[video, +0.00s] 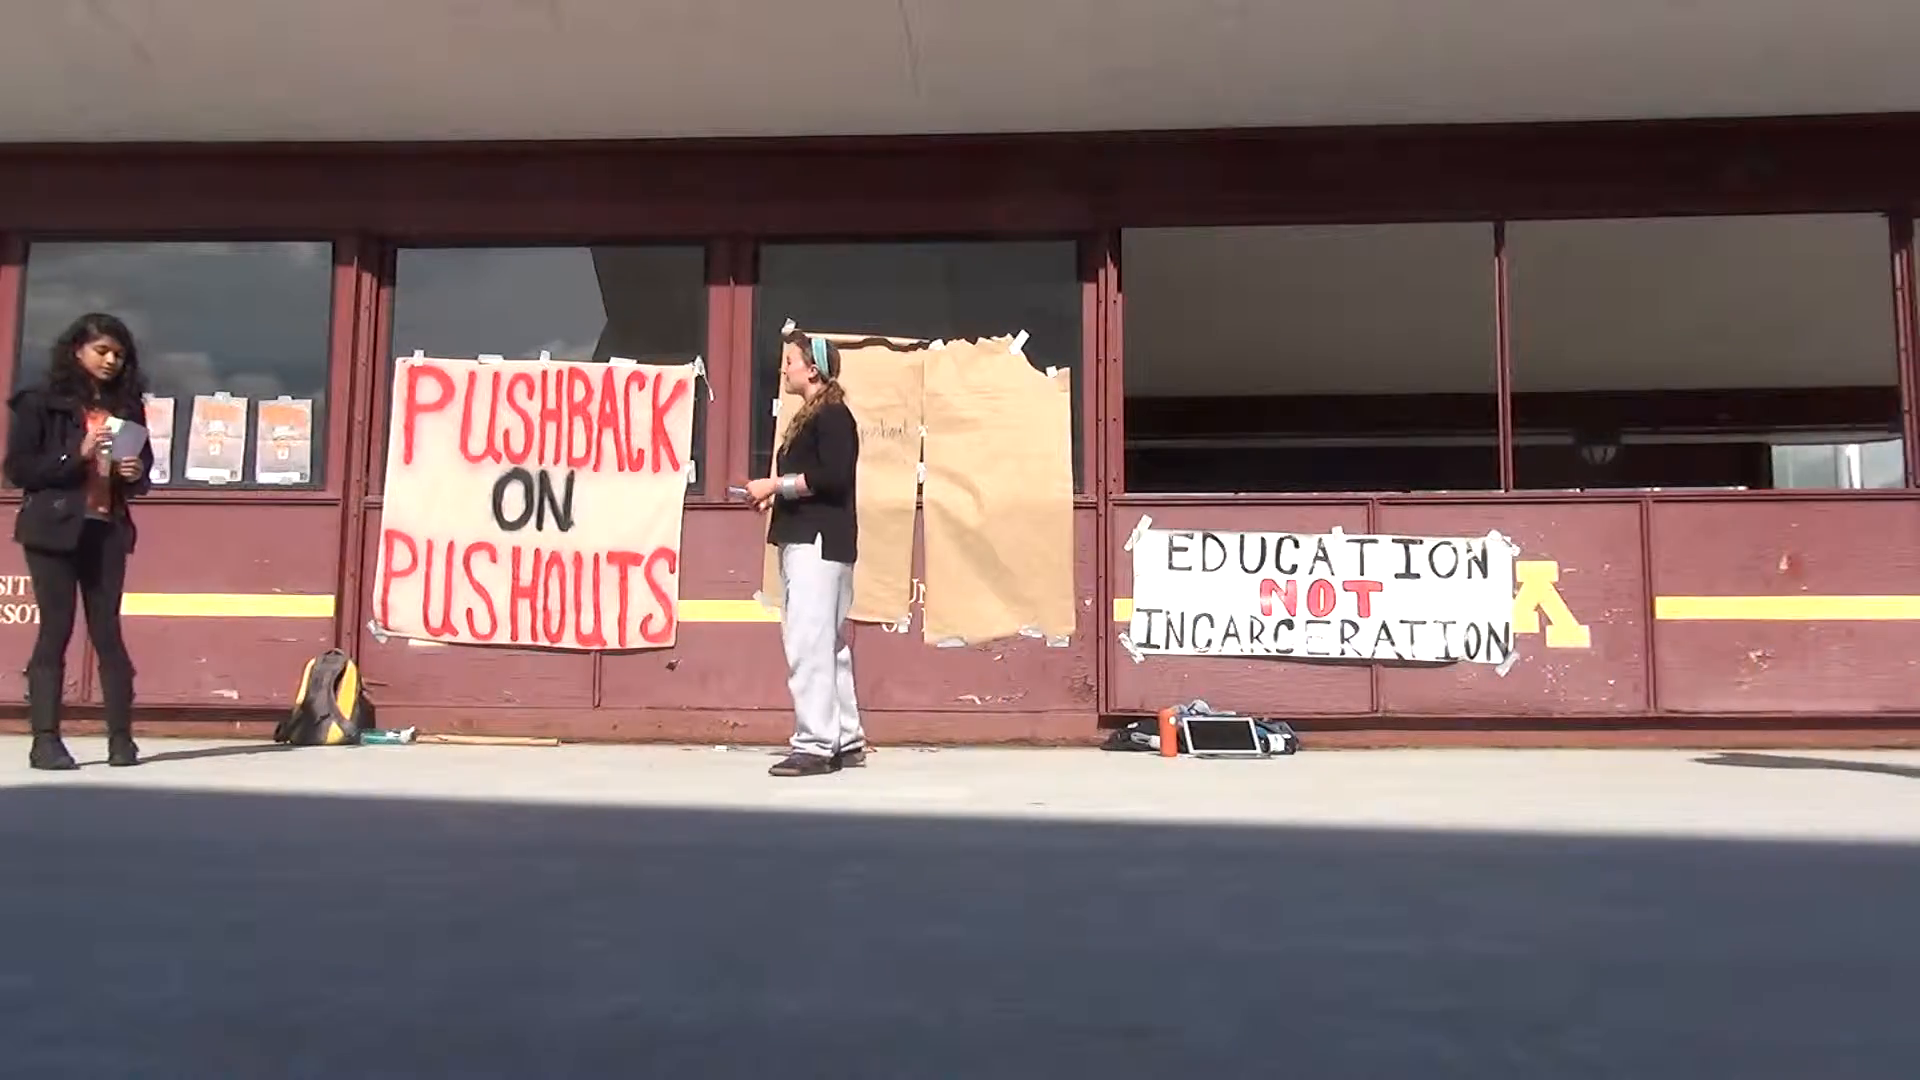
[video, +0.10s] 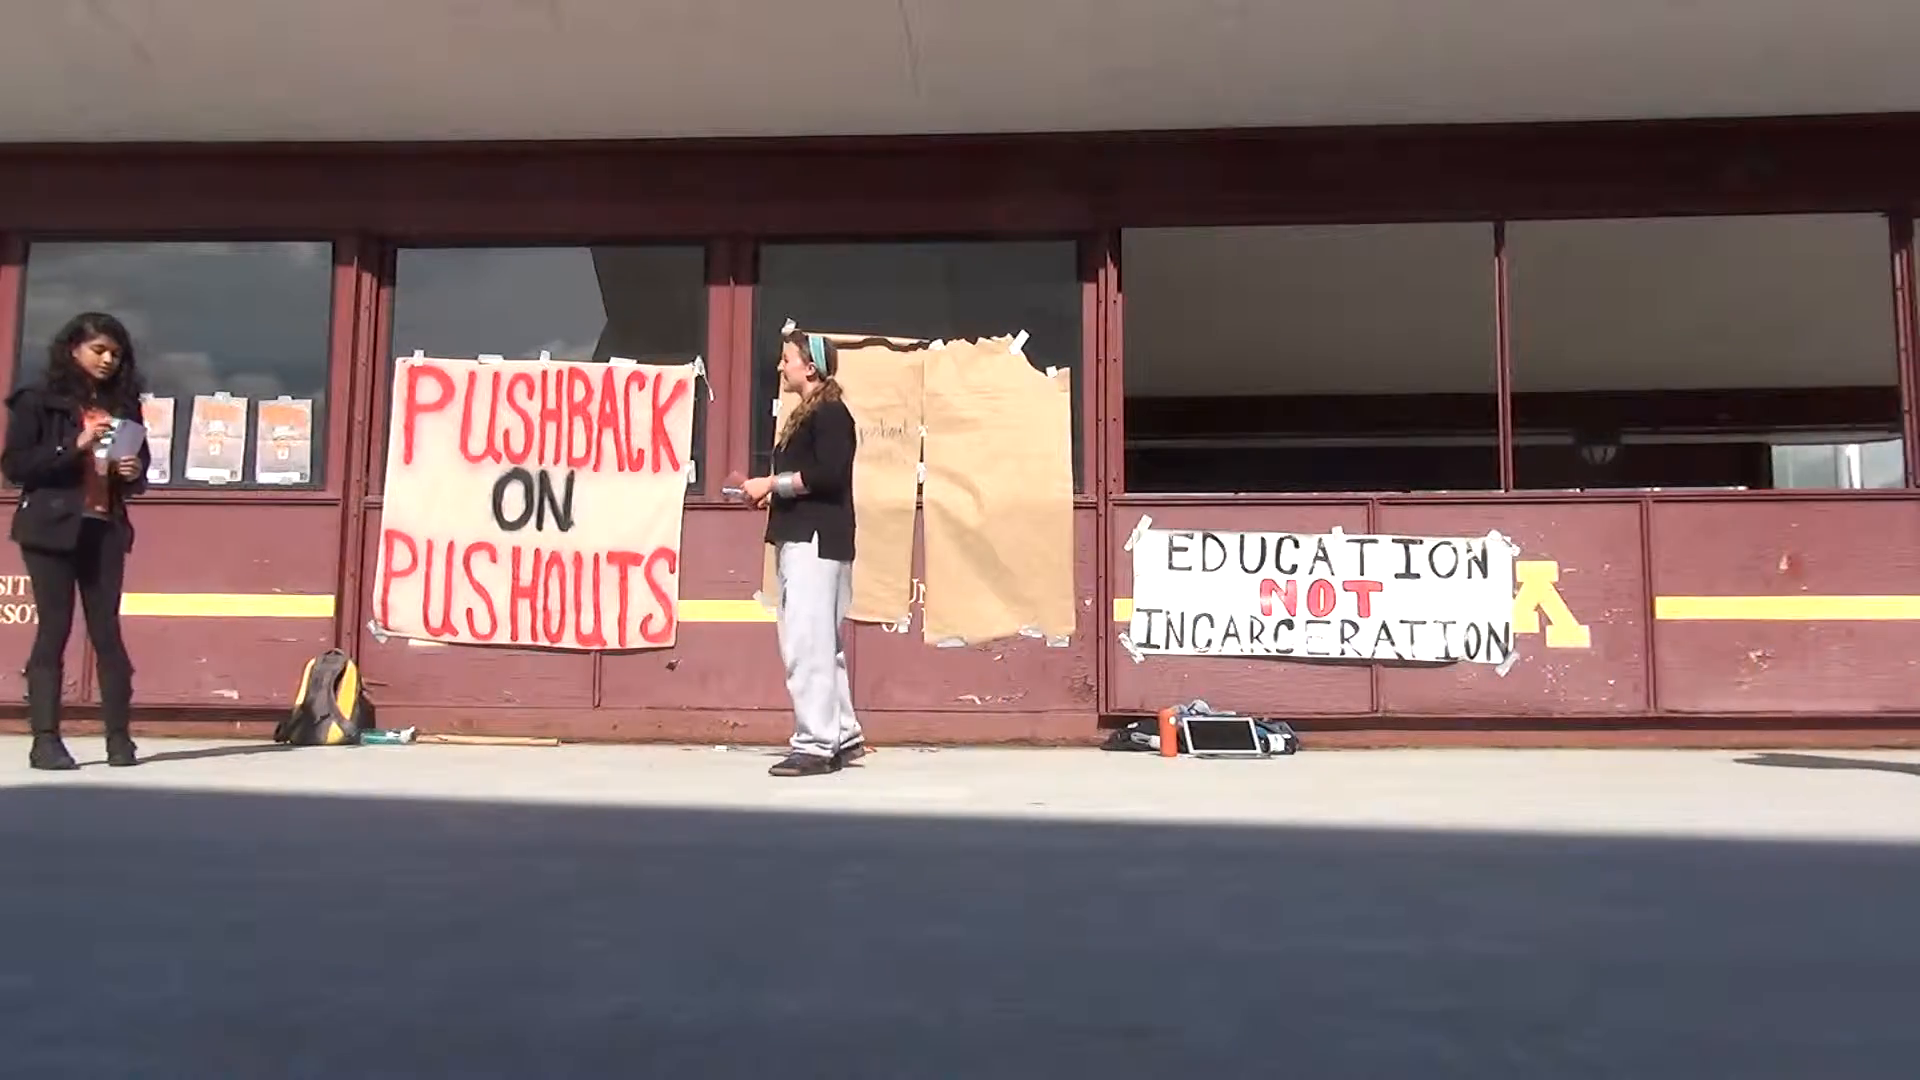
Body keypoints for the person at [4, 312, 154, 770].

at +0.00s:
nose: (109, 361)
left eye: (117, 354)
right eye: (101, 351)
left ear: (124, 360)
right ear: (76, 349)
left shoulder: (127, 406)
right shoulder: (39, 401)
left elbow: (143, 470)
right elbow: (19, 470)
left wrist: (136, 472)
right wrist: (77, 459)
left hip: (106, 528)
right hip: (52, 526)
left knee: (106, 629)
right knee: (57, 627)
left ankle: (121, 735)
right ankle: (45, 740)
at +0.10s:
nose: (107, 360)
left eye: (114, 354)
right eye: (98, 350)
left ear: (121, 359)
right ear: (72, 349)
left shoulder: (123, 405)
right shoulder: (37, 400)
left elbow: (139, 470)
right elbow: (15, 467)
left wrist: (133, 471)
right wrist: (74, 447)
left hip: (104, 528)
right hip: (50, 525)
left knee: (106, 630)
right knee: (55, 627)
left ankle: (118, 734)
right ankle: (45, 739)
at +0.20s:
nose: (105, 360)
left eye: (113, 353)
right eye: (96, 349)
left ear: (120, 359)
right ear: (70, 348)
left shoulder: (122, 404)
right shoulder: (36, 398)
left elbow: (134, 472)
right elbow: (14, 465)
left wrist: (131, 471)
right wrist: (74, 442)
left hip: (102, 526)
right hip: (48, 524)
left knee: (106, 630)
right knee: (52, 628)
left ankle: (116, 734)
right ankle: (45, 739)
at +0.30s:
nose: (103, 359)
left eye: (111, 352)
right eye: (94, 349)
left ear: (118, 358)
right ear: (68, 348)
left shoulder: (121, 403)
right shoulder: (34, 398)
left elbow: (132, 474)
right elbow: (16, 464)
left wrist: (130, 470)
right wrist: (74, 438)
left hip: (102, 526)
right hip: (48, 524)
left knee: (107, 631)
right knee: (52, 629)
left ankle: (108, 732)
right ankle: (46, 738)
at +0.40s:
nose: (103, 358)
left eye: (110, 352)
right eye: (94, 348)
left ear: (117, 358)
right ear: (67, 348)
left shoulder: (119, 403)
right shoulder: (33, 398)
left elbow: (132, 472)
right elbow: (16, 463)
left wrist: (131, 469)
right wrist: (74, 437)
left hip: (101, 526)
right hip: (48, 525)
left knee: (106, 633)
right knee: (52, 629)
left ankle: (101, 731)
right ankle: (46, 738)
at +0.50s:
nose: (102, 358)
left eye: (110, 352)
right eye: (94, 348)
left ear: (116, 358)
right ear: (66, 348)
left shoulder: (119, 404)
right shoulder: (33, 399)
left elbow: (132, 476)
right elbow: (16, 463)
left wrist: (130, 470)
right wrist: (75, 437)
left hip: (102, 527)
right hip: (48, 525)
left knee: (105, 634)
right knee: (52, 630)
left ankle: (95, 731)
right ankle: (46, 737)